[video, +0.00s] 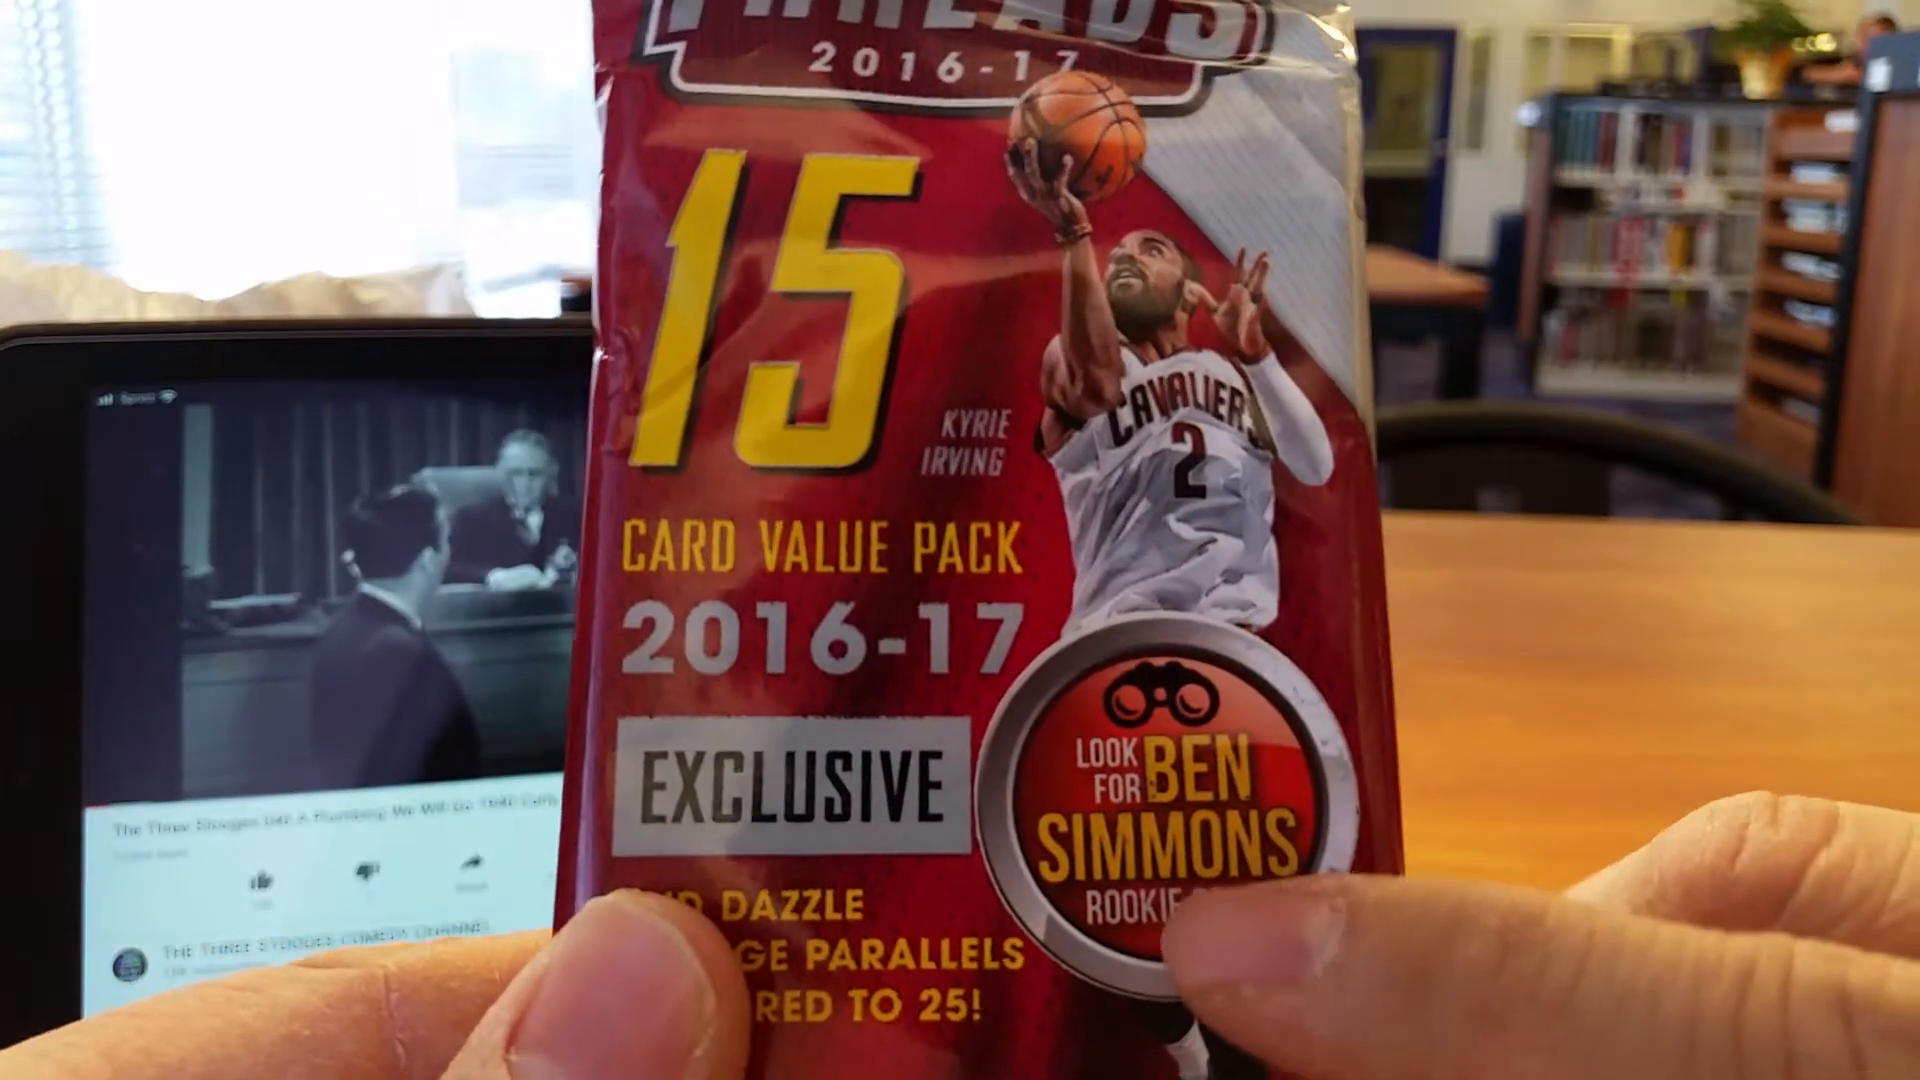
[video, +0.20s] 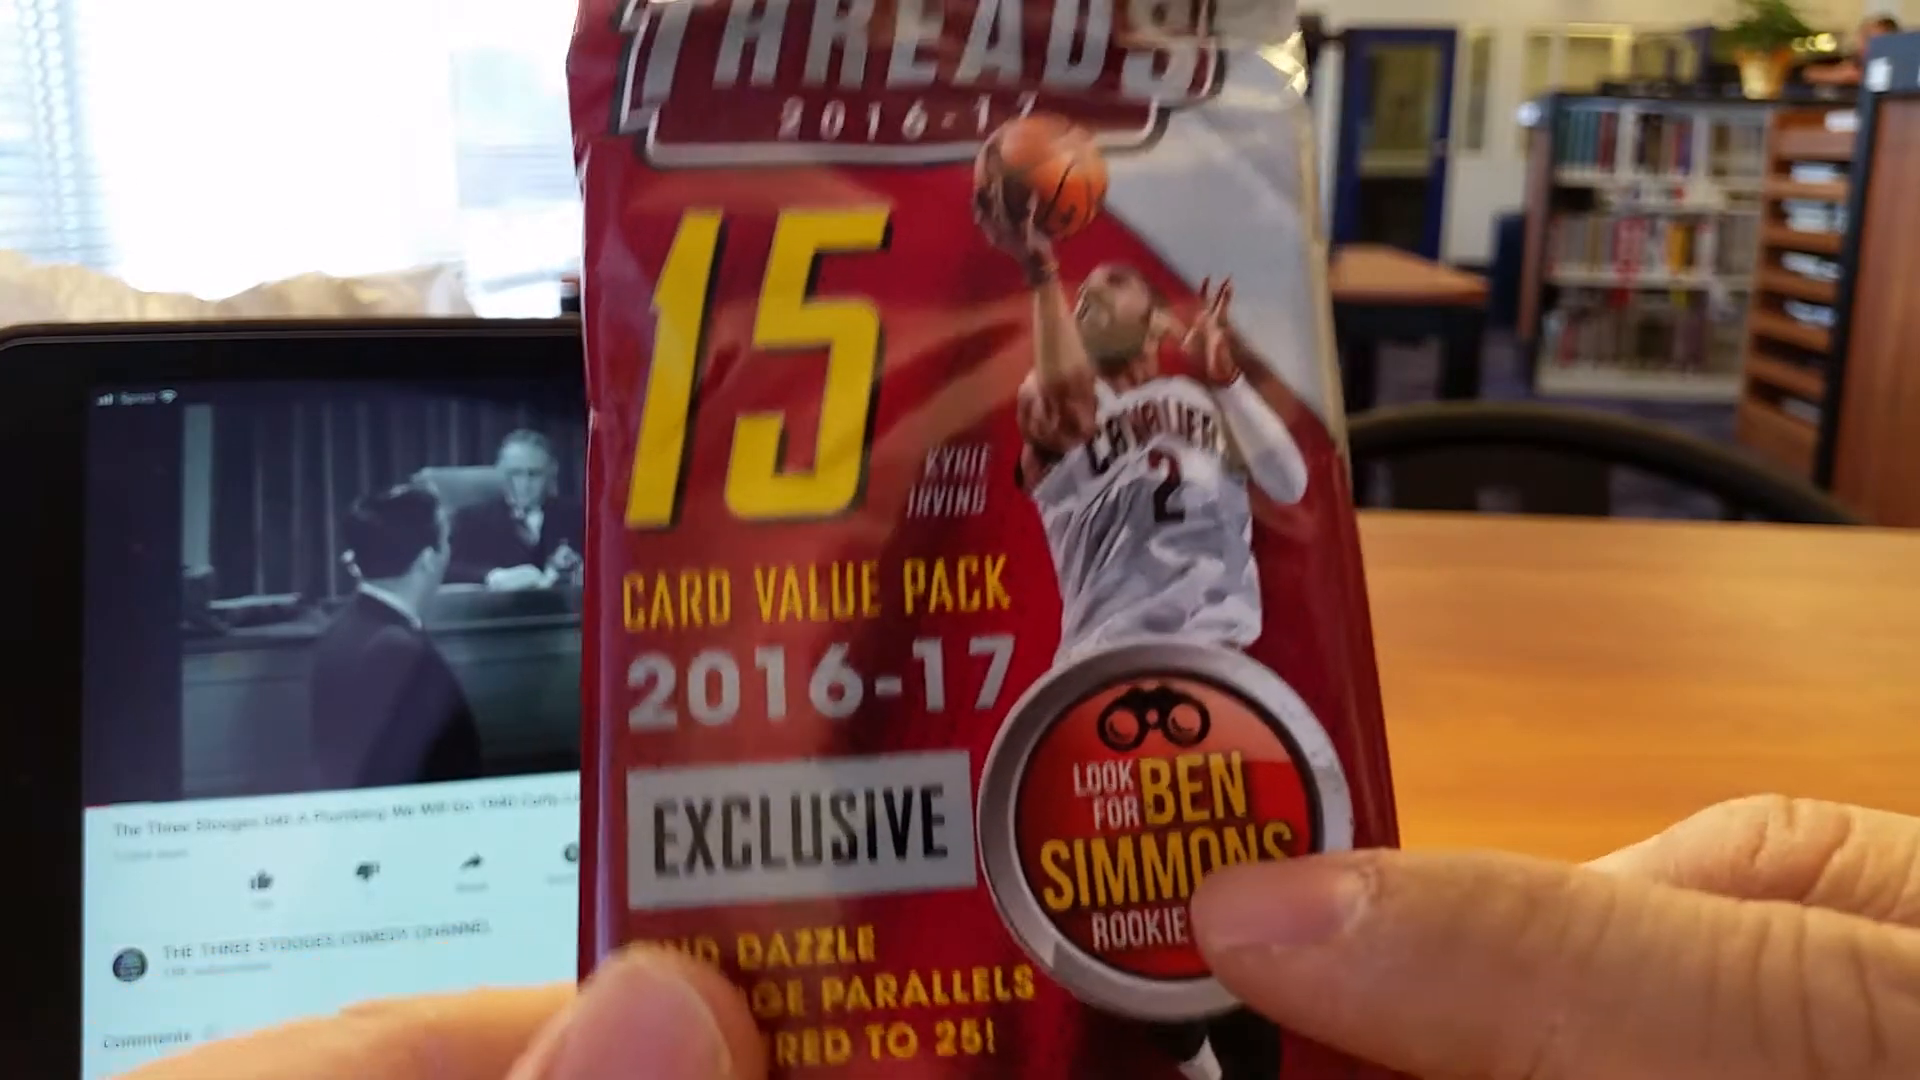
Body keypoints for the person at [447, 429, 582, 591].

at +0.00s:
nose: (524, 484)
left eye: (534, 474)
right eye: (515, 473)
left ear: (551, 472)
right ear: (499, 473)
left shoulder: (573, 517)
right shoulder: (473, 521)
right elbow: (450, 572)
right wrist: (490, 577)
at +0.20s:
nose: (524, 484)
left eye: (533, 474)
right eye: (515, 473)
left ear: (551, 472)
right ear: (499, 473)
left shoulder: (573, 518)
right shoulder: (473, 521)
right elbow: (451, 571)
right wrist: (490, 577)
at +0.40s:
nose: (524, 484)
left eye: (534, 474)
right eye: (516, 473)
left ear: (552, 473)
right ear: (501, 473)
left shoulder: (575, 519)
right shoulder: (475, 522)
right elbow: (451, 570)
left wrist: (587, 573)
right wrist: (492, 577)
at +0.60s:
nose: (524, 484)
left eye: (534, 475)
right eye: (516, 474)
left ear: (552, 474)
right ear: (502, 475)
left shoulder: (573, 519)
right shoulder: (474, 522)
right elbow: (451, 572)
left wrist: (582, 573)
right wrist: (492, 577)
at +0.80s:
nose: (523, 484)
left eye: (533, 474)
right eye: (514, 474)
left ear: (551, 475)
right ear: (500, 474)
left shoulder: (575, 518)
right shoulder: (475, 522)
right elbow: (451, 570)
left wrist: (590, 574)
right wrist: (493, 577)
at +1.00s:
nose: (524, 484)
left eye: (534, 475)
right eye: (516, 474)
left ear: (552, 476)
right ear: (503, 474)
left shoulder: (577, 518)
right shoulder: (476, 521)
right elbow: (451, 569)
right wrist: (493, 577)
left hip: (570, 628)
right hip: (501, 633)